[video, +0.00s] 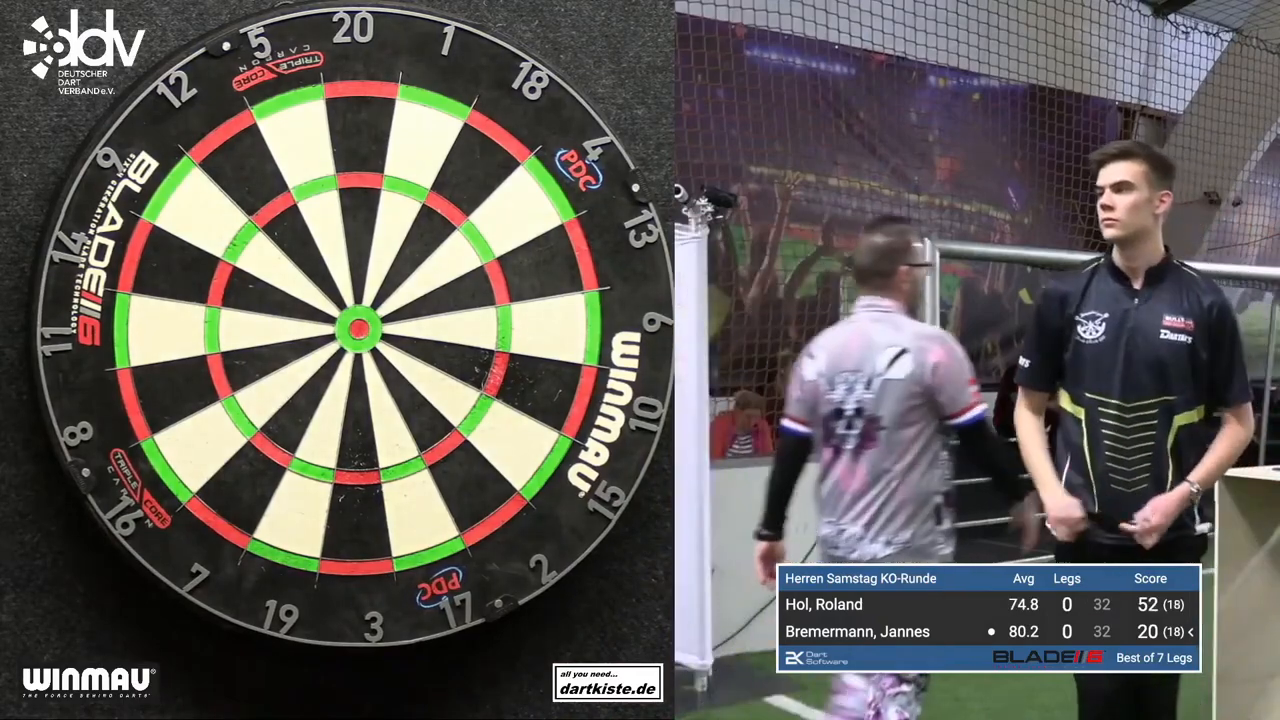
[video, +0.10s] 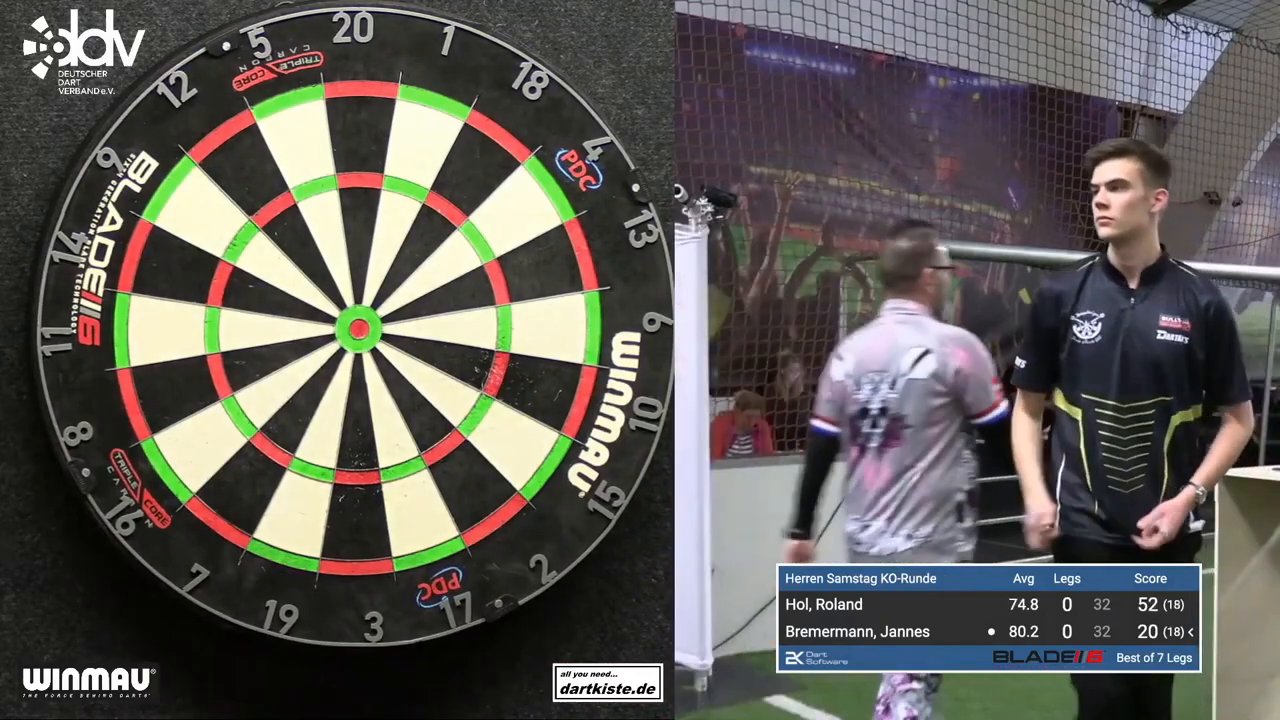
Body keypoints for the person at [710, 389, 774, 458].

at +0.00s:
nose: (752, 422)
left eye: (756, 417)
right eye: (748, 416)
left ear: (761, 416)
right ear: (737, 412)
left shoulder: (762, 426)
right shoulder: (720, 424)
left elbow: (768, 457)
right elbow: (715, 459)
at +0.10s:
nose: (752, 422)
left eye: (756, 417)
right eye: (748, 417)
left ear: (761, 416)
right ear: (737, 412)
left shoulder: (762, 426)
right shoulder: (720, 424)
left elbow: (768, 457)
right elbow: (715, 459)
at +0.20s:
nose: (752, 422)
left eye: (756, 417)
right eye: (748, 417)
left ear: (761, 417)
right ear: (737, 412)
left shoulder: (762, 426)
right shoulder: (720, 424)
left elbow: (768, 456)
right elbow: (715, 458)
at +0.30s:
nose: (752, 423)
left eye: (756, 419)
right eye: (748, 418)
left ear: (760, 417)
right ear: (737, 413)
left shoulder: (762, 427)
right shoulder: (720, 424)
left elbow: (767, 457)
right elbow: (714, 458)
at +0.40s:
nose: (752, 423)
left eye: (756, 419)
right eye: (748, 418)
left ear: (761, 417)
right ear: (737, 413)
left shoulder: (762, 427)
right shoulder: (719, 424)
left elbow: (768, 457)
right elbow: (714, 459)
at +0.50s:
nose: (752, 424)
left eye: (756, 419)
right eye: (748, 418)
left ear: (761, 417)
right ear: (737, 413)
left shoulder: (762, 427)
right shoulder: (719, 424)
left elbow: (768, 458)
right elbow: (714, 459)